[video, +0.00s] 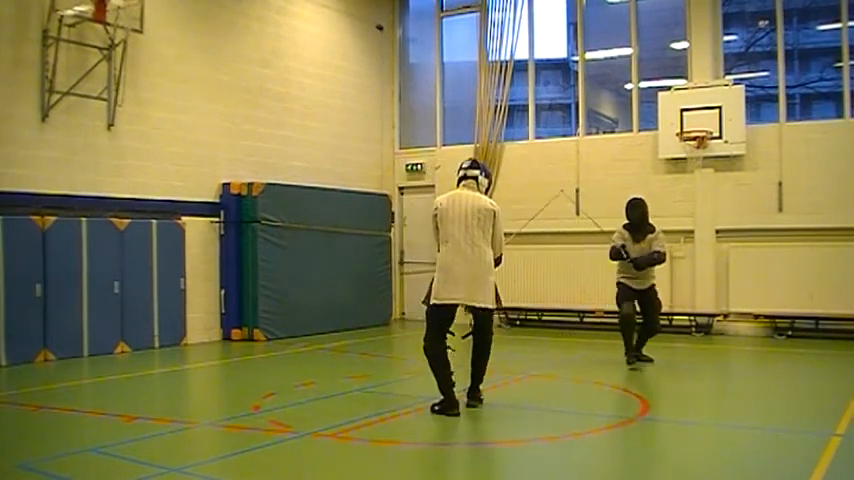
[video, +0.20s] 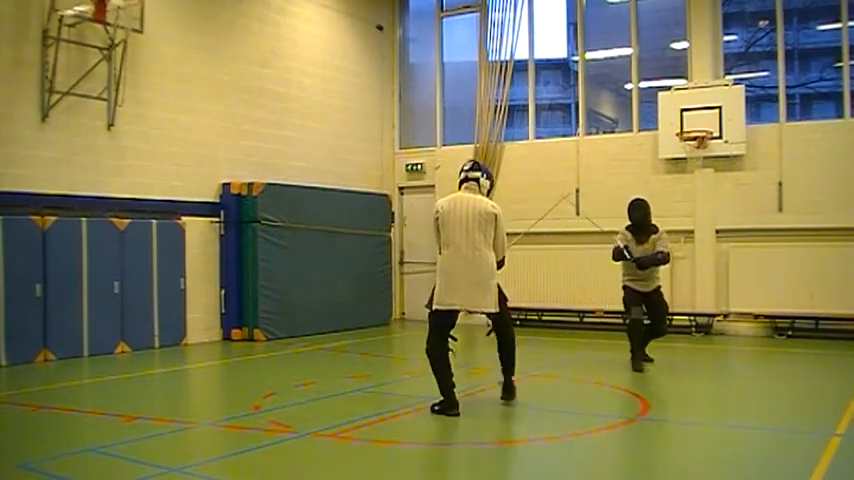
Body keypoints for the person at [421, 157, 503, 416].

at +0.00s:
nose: (487, 186)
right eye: (487, 182)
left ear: (459, 179)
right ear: (483, 182)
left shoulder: (441, 202)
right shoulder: (491, 206)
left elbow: (439, 241)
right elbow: (497, 253)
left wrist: (455, 262)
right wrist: (477, 267)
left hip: (447, 281)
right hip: (481, 283)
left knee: (433, 339)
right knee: (483, 335)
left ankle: (449, 400)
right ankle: (474, 392)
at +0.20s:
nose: (487, 187)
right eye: (487, 182)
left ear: (460, 181)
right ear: (484, 183)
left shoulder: (442, 205)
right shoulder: (492, 208)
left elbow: (441, 247)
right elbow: (500, 256)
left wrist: (457, 268)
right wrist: (478, 271)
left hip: (449, 283)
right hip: (484, 284)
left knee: (435, 343)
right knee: (505, 328)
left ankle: (449, 401)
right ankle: (508, 386)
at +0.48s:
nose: (509, 190)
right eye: (509, 186)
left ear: (481, 183)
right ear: (505, 186)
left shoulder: (463, 206)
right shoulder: (511, 209)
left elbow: (458, 245)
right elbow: (520, 257)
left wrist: (477, 262)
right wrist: (497, 266)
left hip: (468, 286)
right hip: (502, 286)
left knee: (450, 342)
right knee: (523, 331)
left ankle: (450, 400)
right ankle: (531, 386)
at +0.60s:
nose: (519, 189)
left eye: (519, 185)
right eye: (519, 185)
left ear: (491, 181)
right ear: (514, 184)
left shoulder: (472, 205)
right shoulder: (520, 209)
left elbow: (467, 245)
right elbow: (529, 257)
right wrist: (507, 265)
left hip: (476, 285)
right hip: (510, 286)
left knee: (455, 342)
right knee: (529, 331)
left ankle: (451, 400)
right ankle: (531, 386)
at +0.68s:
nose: (523, 188)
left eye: (522, 184)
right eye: (523, 184)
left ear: (495, 181)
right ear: (519, 184)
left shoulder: (476, 205)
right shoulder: (525, 209)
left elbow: (469, 241)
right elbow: (534, 257)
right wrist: (510, 264)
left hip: (478, 285)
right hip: (514, 285)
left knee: (458, 341)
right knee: (531, 331)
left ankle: (451, 399)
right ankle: (531, 386)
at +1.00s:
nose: (501, 177)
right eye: (500, 172)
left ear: (473, 174)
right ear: (497, 173)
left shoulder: (462, 201)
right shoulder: (509, 194)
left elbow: (468, 240)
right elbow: (524, 234)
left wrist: (524, 241)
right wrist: (538, 232)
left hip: (476, 282)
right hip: (511, 280)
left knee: (466, 341)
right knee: (524, 333)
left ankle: (459, 401)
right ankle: (535, 386)